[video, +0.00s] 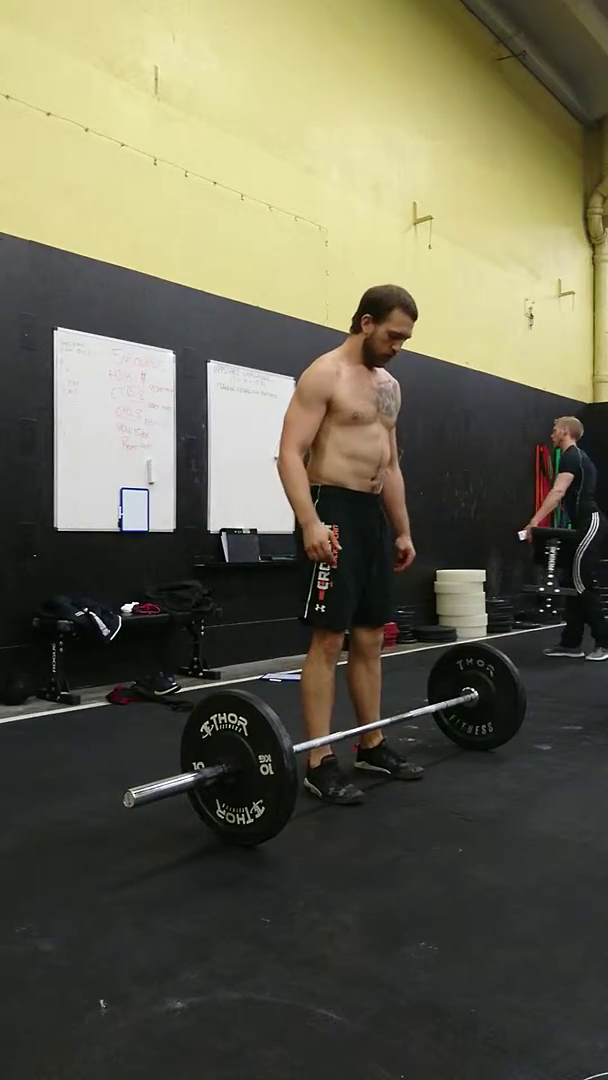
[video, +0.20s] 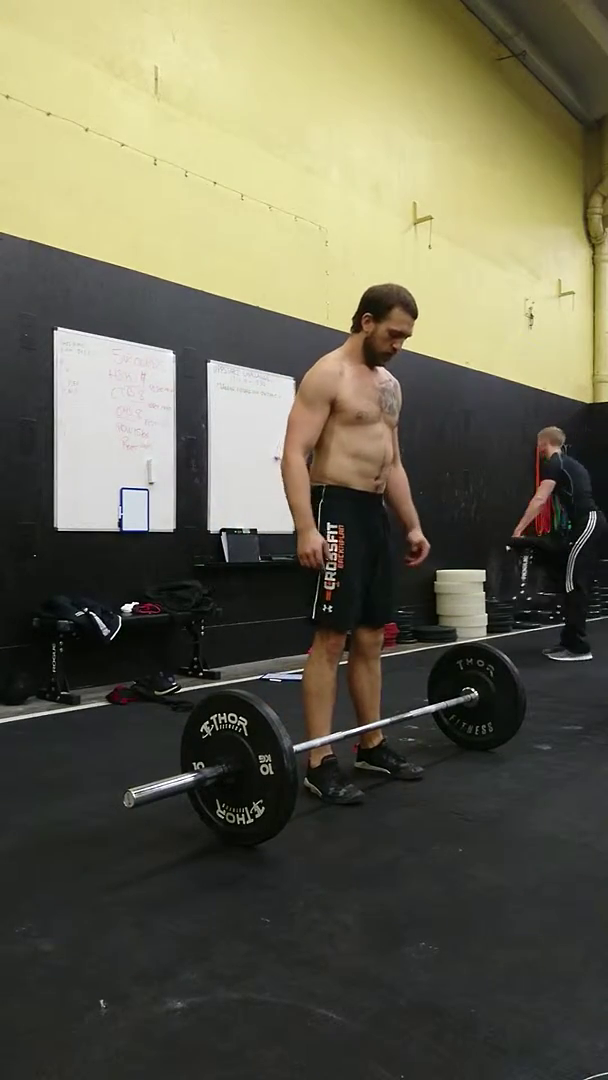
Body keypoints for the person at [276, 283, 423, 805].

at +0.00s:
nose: (398, 346)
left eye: (405, 338)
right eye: (393, 336)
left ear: (402, 334)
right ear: (365, 323)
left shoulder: (389, 385)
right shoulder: (324, 374)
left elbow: (389, 464)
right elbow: (289, 454)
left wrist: (402, 529)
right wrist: (309, 524)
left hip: (373, 515)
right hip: (333, 515)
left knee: (369, 639)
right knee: (329, 640)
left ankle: (372, 746)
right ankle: (319, 761)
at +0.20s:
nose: (399, 344)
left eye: (405, 336)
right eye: (394, 333)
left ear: (402, 334)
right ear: (365, 322)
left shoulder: (389, 385)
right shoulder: (327, 374)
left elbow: (391, 464)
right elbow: (293, 453)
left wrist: (412, 524)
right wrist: (305, 528)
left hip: (373, 514)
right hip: (336, 512)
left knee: (369, 638)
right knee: (331, 639)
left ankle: (371, 748)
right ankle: (319, 763)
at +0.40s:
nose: (403, 345)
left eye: (409, 337)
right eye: (398, 334)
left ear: (405, 334)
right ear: (368, 322)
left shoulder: (392, 385)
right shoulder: (330, 374)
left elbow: (396, 465)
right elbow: (297, 456)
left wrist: (418, 524)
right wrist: (304, 534)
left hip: (375, 514)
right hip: (336, 511)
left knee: (371, 637)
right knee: (332, 639)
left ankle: (371, 747)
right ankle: (318, 763)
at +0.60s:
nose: (414, 347)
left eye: (421, 339)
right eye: (409, 336)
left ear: (418, 335)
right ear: (380, 324)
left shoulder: (400, 388)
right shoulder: (337, 377)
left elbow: (401, 468)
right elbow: (305, 460)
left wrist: (419, 533)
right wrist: (311, 540)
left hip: (374, 516)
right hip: (335, 512)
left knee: (370, 637)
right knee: (331, 638)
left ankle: (371, 747)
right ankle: (319, 763)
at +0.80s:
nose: (441, 386)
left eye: (448, 378)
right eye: (438, 375)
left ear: (440, 369)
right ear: (411, 357)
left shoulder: (418, 419)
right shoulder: (356, 401)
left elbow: (411, 495)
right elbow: (326, 487)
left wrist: (417, 570)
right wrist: (332, 571)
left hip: (355, 516)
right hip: (312, 512)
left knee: (372, 636)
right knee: (328, 638)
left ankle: (371, 746)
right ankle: (319, 761)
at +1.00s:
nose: (459, 467)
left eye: (466, 461)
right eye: (458, 457)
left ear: (442, 440)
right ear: (434, 435)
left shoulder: (431, 483)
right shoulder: (374, 467)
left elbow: (417, 558)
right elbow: (346, 560)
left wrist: (411, 633)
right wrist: (337, 644)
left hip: (351, 535)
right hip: (301, 528)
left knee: (377, 637)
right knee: (326, 641)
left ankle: (372, 745)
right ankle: (319, 762)